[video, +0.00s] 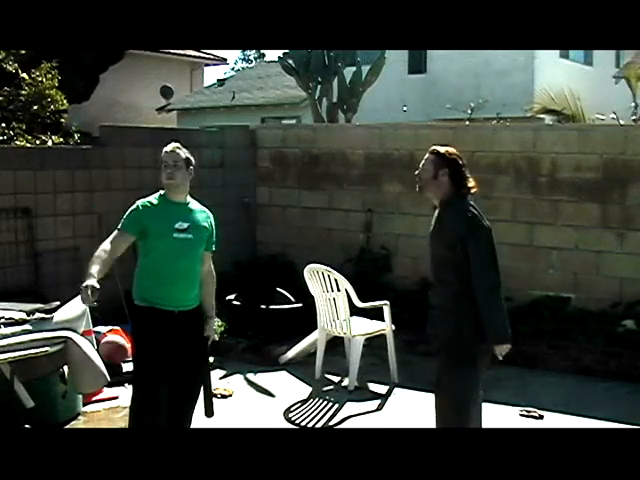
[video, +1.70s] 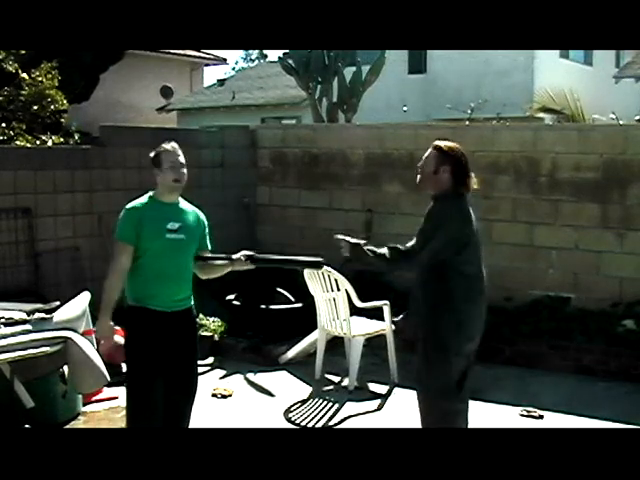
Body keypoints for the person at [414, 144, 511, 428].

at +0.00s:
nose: (417, 177)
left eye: (423, 172)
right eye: (419, 171)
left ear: (442, 177)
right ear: (441, 177)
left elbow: (486, 282)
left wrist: (499, 335)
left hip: (466, 333)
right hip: (451, 330)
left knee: (457, 411)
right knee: (454, 409)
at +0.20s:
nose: (418, 177)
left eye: (424, 172)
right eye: (419, 171)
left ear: (443, 177)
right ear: (441, 177)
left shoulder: (463, 222)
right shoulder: (450, 217)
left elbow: (468, 287)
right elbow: (455, 284)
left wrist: (459, 344)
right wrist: (449, 338)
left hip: (466, 340)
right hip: (455, 336)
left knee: (462, 416)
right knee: (457, 414)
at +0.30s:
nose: (419, 179)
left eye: (425, 173)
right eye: (420, 173)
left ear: (445, 178)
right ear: (443, 179)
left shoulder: (460, 222)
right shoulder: (452, 217)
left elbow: (455, 291)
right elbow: (450, 288)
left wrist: (435, 342)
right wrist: (435, 334)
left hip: (470, 331)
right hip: (462, 328)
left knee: (460, 413)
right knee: (460, 411)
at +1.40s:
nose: (419, 167)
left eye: (426, 163)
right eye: (423, 162)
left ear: (444, 173)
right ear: (443, 174)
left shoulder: (444, 215)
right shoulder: (450, 212)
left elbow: (432, 281)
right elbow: (433, 280)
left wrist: (405, 328)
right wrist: (406, 325)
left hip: (448, 328)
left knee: (442, 410)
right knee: (445, 408)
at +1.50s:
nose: (422, 162)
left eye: (429, 160)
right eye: (426, 158)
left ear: (443, 174)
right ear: (444, 175)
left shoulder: (443, 212)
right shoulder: (453, 210)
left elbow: (429, 271)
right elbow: (430, 271)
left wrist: (395, 315)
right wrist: (397, 304)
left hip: (445, 327)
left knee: (441, 407)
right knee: (446, 404)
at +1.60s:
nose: (419, 168)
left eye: (426, 164)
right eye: (423, 163)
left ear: (444, 174)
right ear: (444, 174)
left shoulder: (445, 213)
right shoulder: (447, 209)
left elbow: (427, 272)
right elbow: (423, 265)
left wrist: (379, 292)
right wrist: (383, 281)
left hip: (449, 326)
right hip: (454, 322)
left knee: (437, 404)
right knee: (449, 401)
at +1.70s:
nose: (418, 170)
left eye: (424, 165)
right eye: (420, 164)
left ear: (443, 173)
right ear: (443, 173)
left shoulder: (448, 211)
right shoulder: (451, 208)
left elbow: (414, 257)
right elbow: (415, 253)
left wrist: (365, 252)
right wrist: (371, 251)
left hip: (449, 323)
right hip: (454, 319)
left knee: (436, 399)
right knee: (448, 399)